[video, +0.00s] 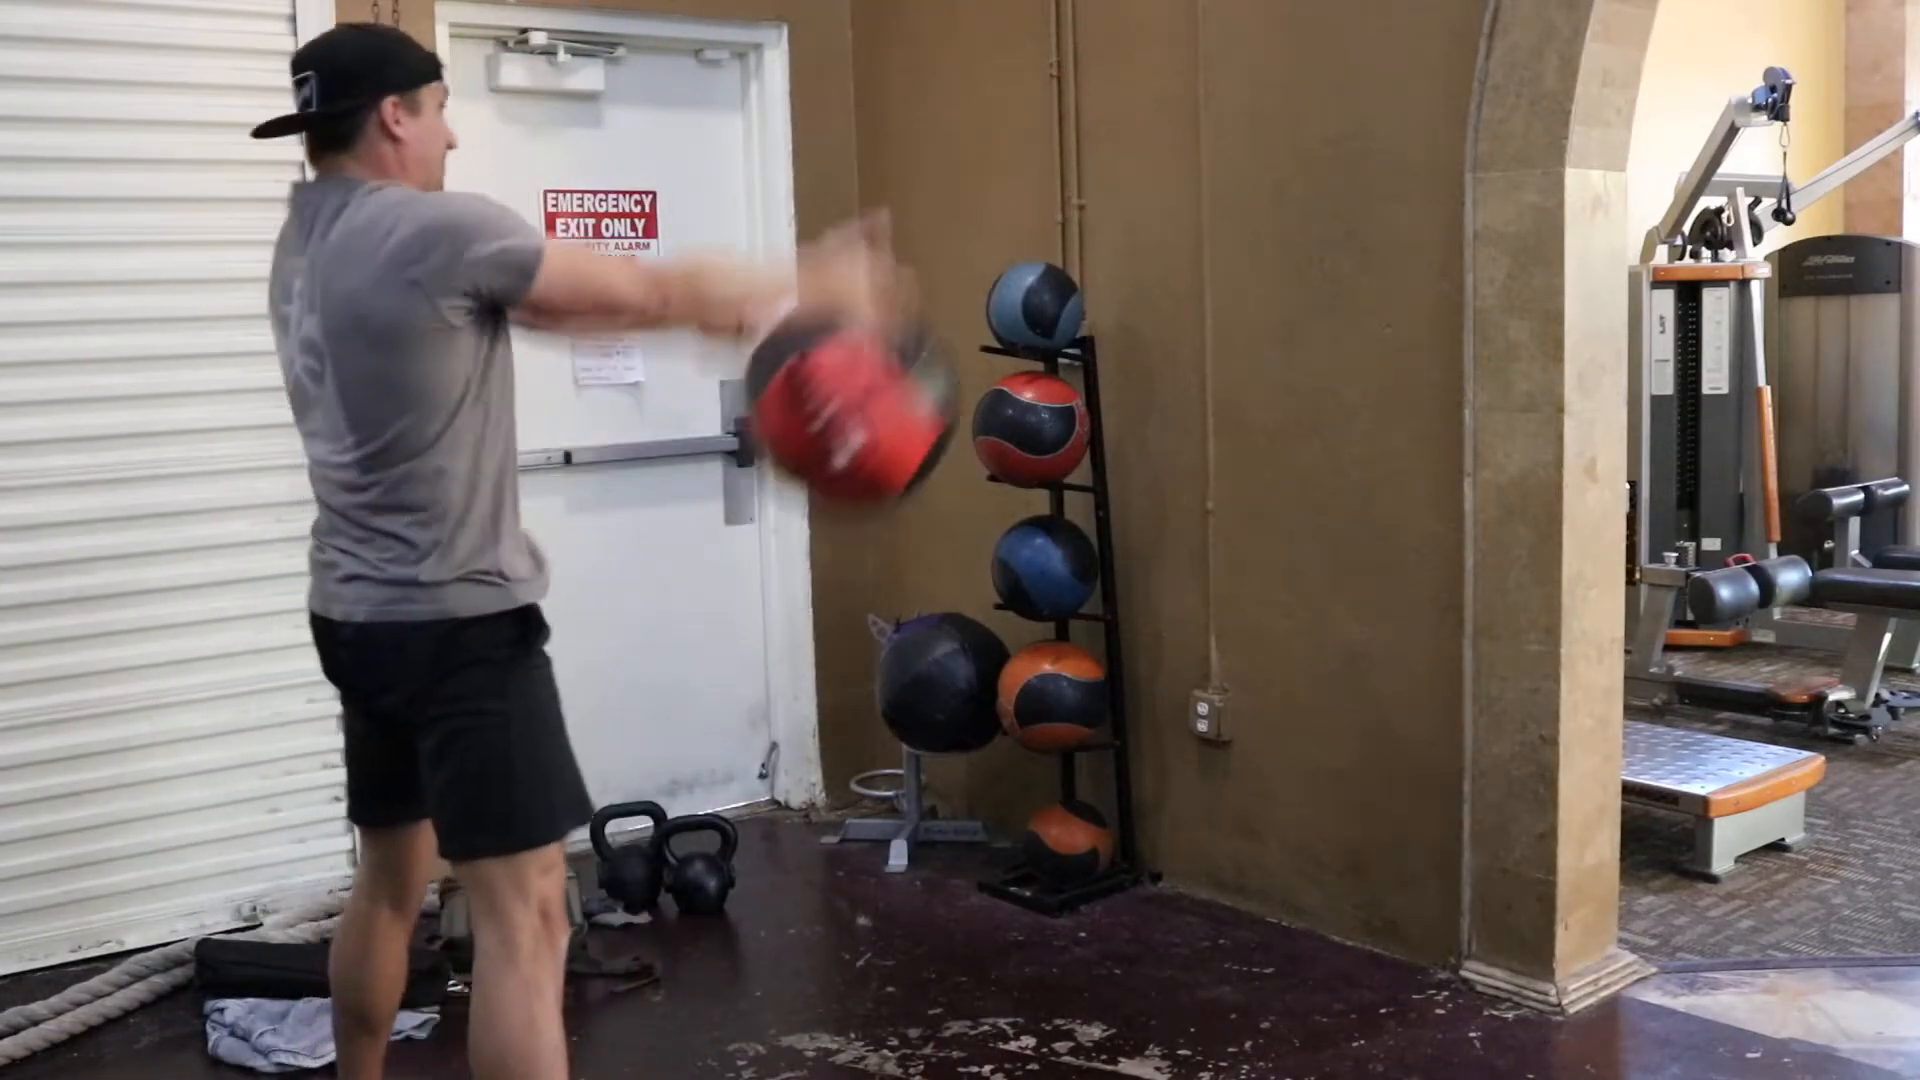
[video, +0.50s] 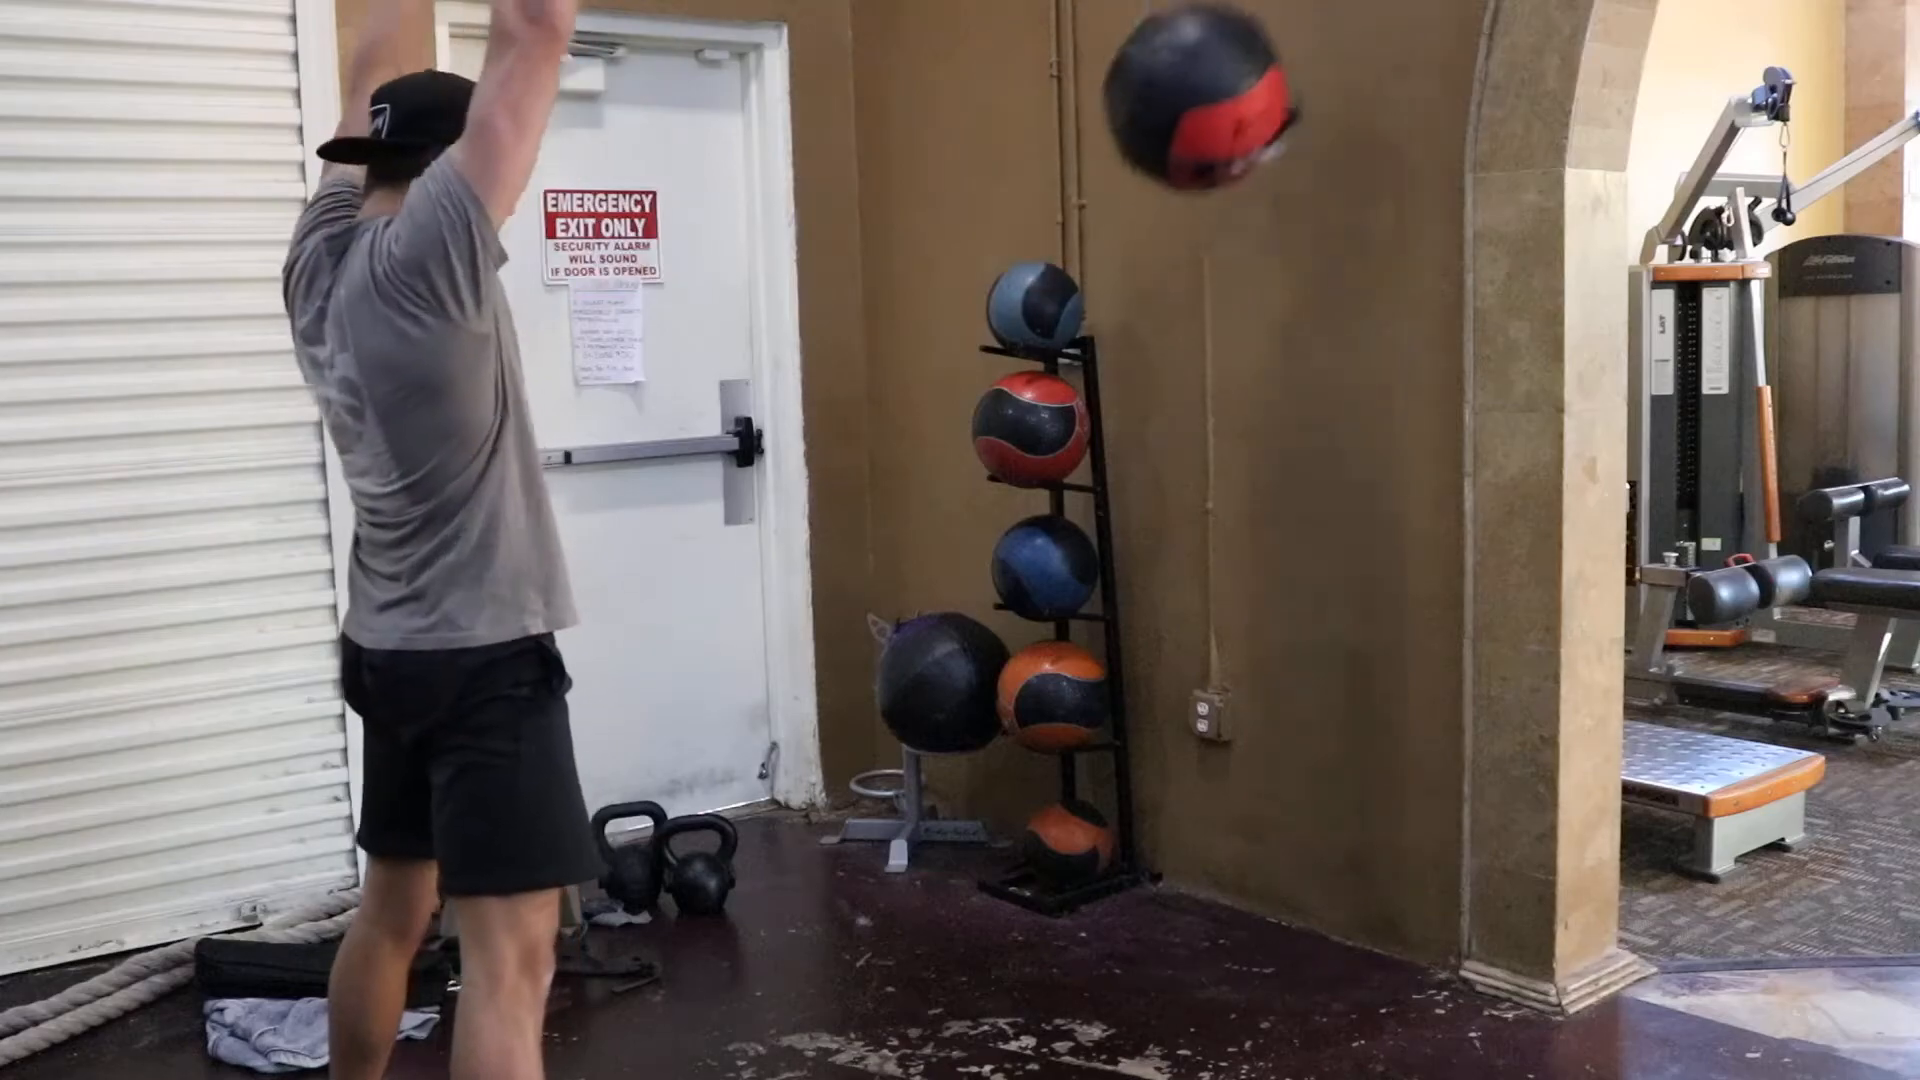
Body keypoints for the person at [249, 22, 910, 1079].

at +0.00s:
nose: (451, 133)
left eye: (446, 110)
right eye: (440, 111)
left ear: (349, 123)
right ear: (394, 119)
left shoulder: (309, 232)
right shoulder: (432, 230)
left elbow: (540, 303)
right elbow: (648, 290)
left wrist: (683, 303)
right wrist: (811, 280)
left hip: (357, 615)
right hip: (460, 620)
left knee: (388, 886)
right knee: (526, 919)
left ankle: (358, 1072)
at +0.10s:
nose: (464, 165)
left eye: (457, 143)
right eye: (451, 142)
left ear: (353, 157)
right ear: (403, 151)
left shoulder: (307, 269)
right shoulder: (429, 250)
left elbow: (506, 162)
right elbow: (613, 128)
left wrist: (619, 81)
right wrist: (698, 21)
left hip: (381, 647)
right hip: (485, 650)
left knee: (399, 897)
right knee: (532, 934)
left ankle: (354, 1069)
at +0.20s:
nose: (473, 169)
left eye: (470, 154)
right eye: (467, 153)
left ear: (362, 158)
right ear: (436, 156)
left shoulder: (319, 263)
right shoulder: (430, 247)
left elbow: (464, 70)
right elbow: (551, 52)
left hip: (395, 641)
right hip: (495, 644)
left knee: (402, 897)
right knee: (523, 943)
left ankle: (353, 1071)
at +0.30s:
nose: (496, 166)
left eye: (484, 147)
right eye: (483, 146)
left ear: (375, 148)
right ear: (450, 157)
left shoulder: (329, 259)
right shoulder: (433, 251)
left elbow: (382, 67)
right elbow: (506, 26)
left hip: (399, 639)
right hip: (496, 643)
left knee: (400, 904)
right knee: (518, 953)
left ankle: (354, 1071)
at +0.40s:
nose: (505, 181)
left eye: (496, 158)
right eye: (493, 157)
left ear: (378, 155)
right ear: (450, 164)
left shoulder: (328, 267)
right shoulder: (432, 260)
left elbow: (368, 69)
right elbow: (502, 22)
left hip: (397, 644)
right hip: (493, 648)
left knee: (394, 912)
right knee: (512, 961)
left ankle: (354, 1072)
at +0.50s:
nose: (491, 169)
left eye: (485, 151)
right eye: (486, 154)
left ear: (370, 149)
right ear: (452, 161)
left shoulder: (320, 262)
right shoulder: (430, 257)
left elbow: (372, 79)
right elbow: (535, 29)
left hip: (385, 644)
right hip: (484, 649)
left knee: (388, 915)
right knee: (509, 959)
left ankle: (351, 1076)